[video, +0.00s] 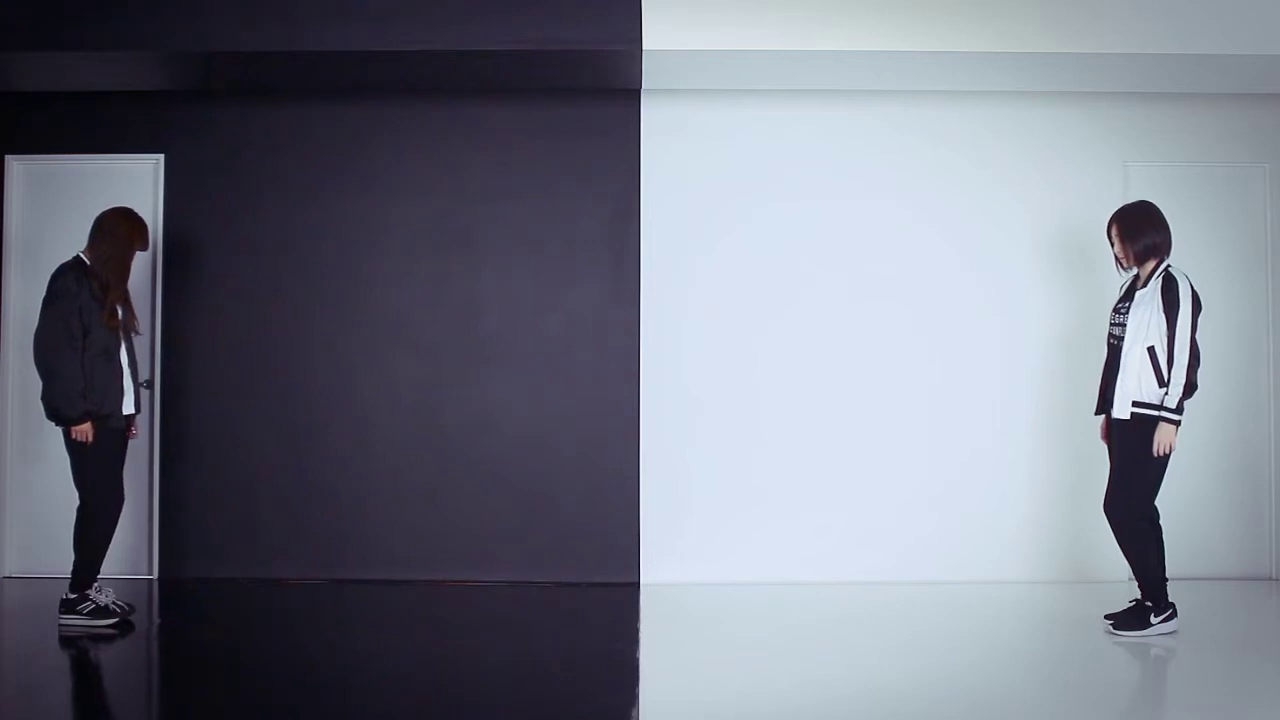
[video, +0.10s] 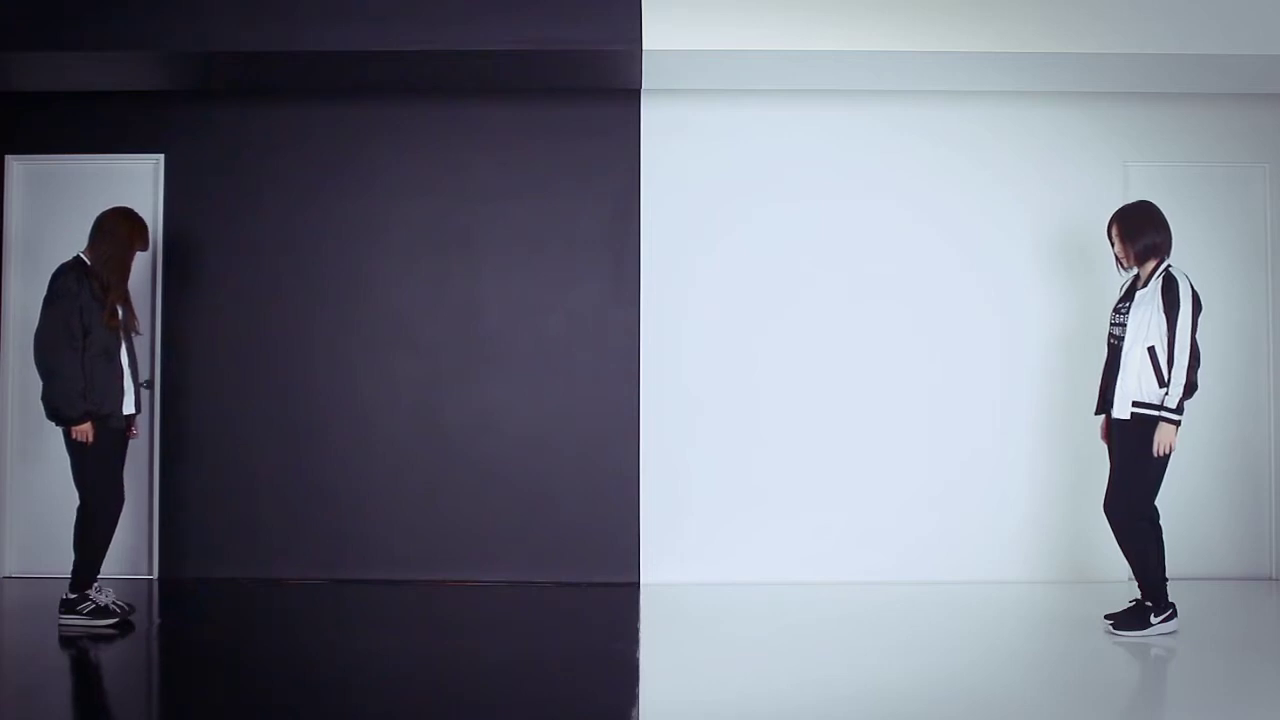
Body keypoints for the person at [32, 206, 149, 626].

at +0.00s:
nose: (132, 260)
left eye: (135, 252)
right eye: (131, 251)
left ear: (107, 241)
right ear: (114, 245)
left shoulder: (108, 284)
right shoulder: (71, 279)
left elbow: (117, 354)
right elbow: (55, 350)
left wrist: (129, 410)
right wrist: (75, 413)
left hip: (112, 416)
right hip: (87, 417)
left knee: (108, 499)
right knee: (100, 500)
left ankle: (86, 590)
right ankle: (78, 597)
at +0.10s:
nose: (132, 260)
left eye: (135, 252)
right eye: (131, 250)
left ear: (108, 242)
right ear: (114, 244)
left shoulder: (109, 283)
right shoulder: (71, 279)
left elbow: (119, 353)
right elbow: (55, 350)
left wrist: (130, 410)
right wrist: (75, 412)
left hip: (112, 416)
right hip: (88, 417)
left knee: (109, 499)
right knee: (101, 501)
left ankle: (86, 590)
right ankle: (77, 597)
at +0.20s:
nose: (133, 260)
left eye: (136, 252)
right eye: (131, 250)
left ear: (109, 241)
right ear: (115, 244)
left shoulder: (109, 283)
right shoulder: (72, 279)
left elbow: (119, 353)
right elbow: (55, 350)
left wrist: (130, 410)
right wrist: (75, 412)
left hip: (112, 416)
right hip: (88, 417)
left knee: (109, 499)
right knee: (101, 501)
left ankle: (86, 590)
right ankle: (77, 597)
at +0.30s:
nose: (133, 260)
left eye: (136, 252)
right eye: (132, 250)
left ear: (110, 241)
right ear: (115, 244)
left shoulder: (109, 283)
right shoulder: (72, 279)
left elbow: (119, 353)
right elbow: (55, 350)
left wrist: (130, 410)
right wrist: (76, 412)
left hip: (112, 416)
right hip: (88, 417)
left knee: (109, 500)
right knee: (100, 501)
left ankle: (86, 590)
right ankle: (77, 597)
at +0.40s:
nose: (134, 260)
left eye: (137, 252)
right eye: (132, 250)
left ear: (110, 241)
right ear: (116, 244)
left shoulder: (110, 283)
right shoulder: (73, 278)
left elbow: (119, 354)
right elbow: (56, 350)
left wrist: (129, 410)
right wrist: (76, 412)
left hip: (112, 416)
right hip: (88, 417)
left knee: (109, 499)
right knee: (100, 501)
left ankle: (86, 590)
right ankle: (78, 597)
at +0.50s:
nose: (134, 260)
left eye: (137, 252)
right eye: (133, 250)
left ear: (110, 241)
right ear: (116, 244)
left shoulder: (110, 283)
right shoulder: (73, 279)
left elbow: (119, 353)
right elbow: (56, 350)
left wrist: (130, 410)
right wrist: (76, 412)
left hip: (112, 415)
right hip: (88, 417)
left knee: (109, 500)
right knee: (100, 502)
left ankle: (86, 590)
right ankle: (78, 596)